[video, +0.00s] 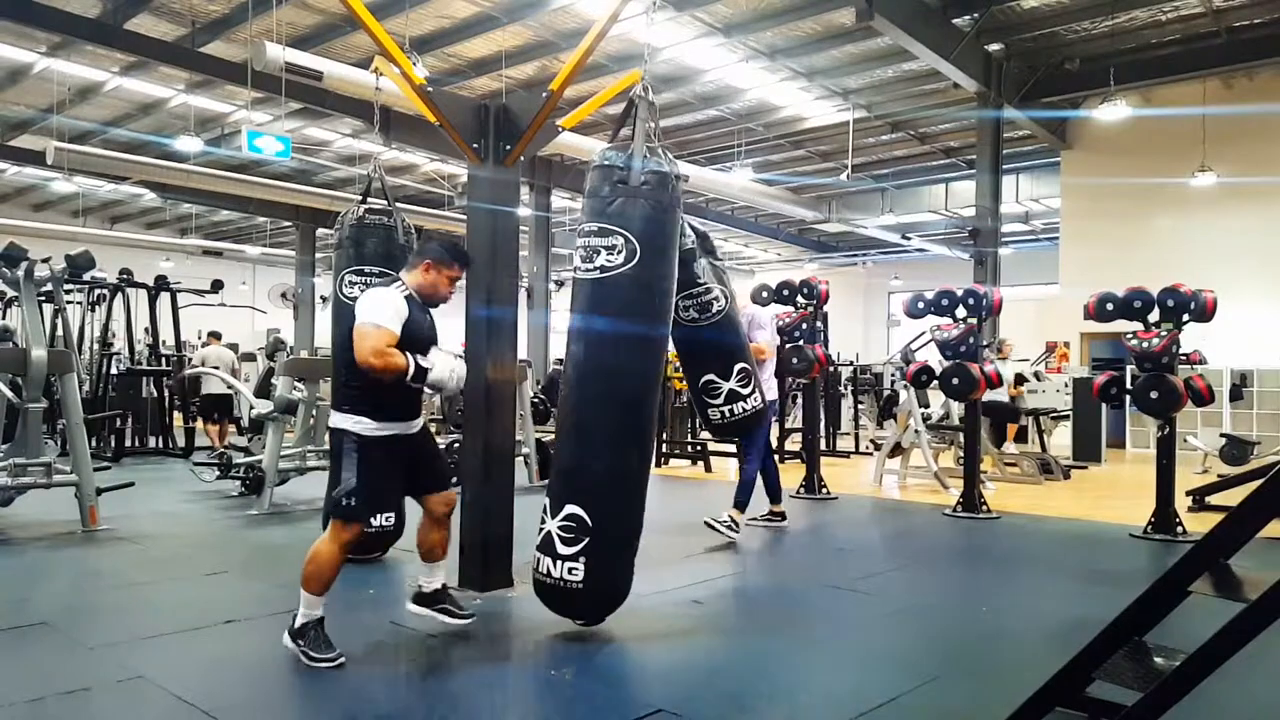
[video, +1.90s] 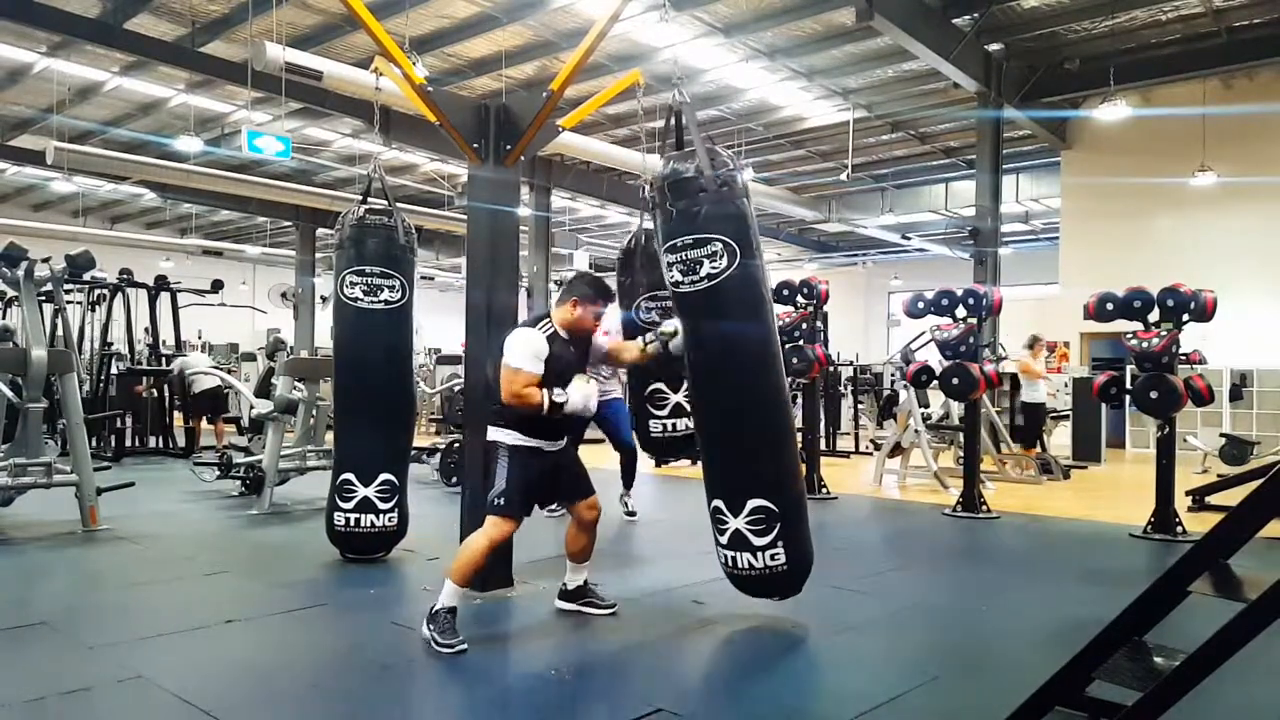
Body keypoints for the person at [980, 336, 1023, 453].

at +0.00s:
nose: (1010, 349)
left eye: (1010, 346)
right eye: (1007, 346)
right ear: (1000, 348)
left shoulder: (1009, 364)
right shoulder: (990, 363)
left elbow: (1009, 389)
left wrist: (1016, 392)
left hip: (1004, 400)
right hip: (988, 399)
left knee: (1001, 432)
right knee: (1014, 412)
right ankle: (1009, 443)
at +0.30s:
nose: (1011, 345)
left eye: (1012, 342)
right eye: (1007, 342)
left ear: (1013, 345)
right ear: (1000, 344)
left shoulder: (1013, 362)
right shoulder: (992, 359)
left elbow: (1015, 382)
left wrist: (1018, 387)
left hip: (1008, 398)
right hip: (993, 397)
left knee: (1001, 433)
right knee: (1010, 427)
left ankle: (998, 462)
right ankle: (1008, 459)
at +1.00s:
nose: (1014, 343)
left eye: (1016, 340)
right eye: (1011, 340)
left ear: (1020, 343)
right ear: (1005, 343)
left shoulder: (1026, 361)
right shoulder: (998, 359)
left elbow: (1032, 382)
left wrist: (1026, 386)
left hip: (1019, 400)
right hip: (1001, 400)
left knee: (1020, 437)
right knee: (1003, 436)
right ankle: (1005, 467)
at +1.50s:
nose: (1024, 343)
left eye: (1027, 341)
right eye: (1021, 341)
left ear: (1031, 344)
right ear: (1016, 343)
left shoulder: (1035, 362)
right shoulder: (1010, 359)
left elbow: (1041, 381)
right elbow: (1000, 373)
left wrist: (1036, 387)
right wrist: (1005, 365)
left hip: (1030, 401)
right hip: (1013, 400)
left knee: (1032, 437)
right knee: (1012, 436)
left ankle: (1028, 468)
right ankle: (1006, 468)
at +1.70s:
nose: (1031, 345)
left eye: (1033, 342)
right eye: (1028, 342)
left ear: (1037, 344)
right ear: (1022, 345)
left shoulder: (1038, 362)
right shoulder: (1017, 361)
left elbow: (1042, 379)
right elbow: (1015, 373)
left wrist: (1043, 381)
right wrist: (1023, 360)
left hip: (1036, 398)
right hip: (1020, 399)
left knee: (1033, 437)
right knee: (1017, 437)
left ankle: (1028, 468)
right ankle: (1008, 467)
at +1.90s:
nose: (1042, 349)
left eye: (1044, 346)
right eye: (1040, 345)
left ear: (1043, 347)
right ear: (1032, 345)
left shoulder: (1039, 360)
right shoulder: (1024, 361)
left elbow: (1038, 382)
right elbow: (1039, 373)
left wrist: (1048, 391)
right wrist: (1041, 358)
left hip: (1040, 400)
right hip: (1030, 401)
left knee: (1035, 434)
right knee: (1031, 435)